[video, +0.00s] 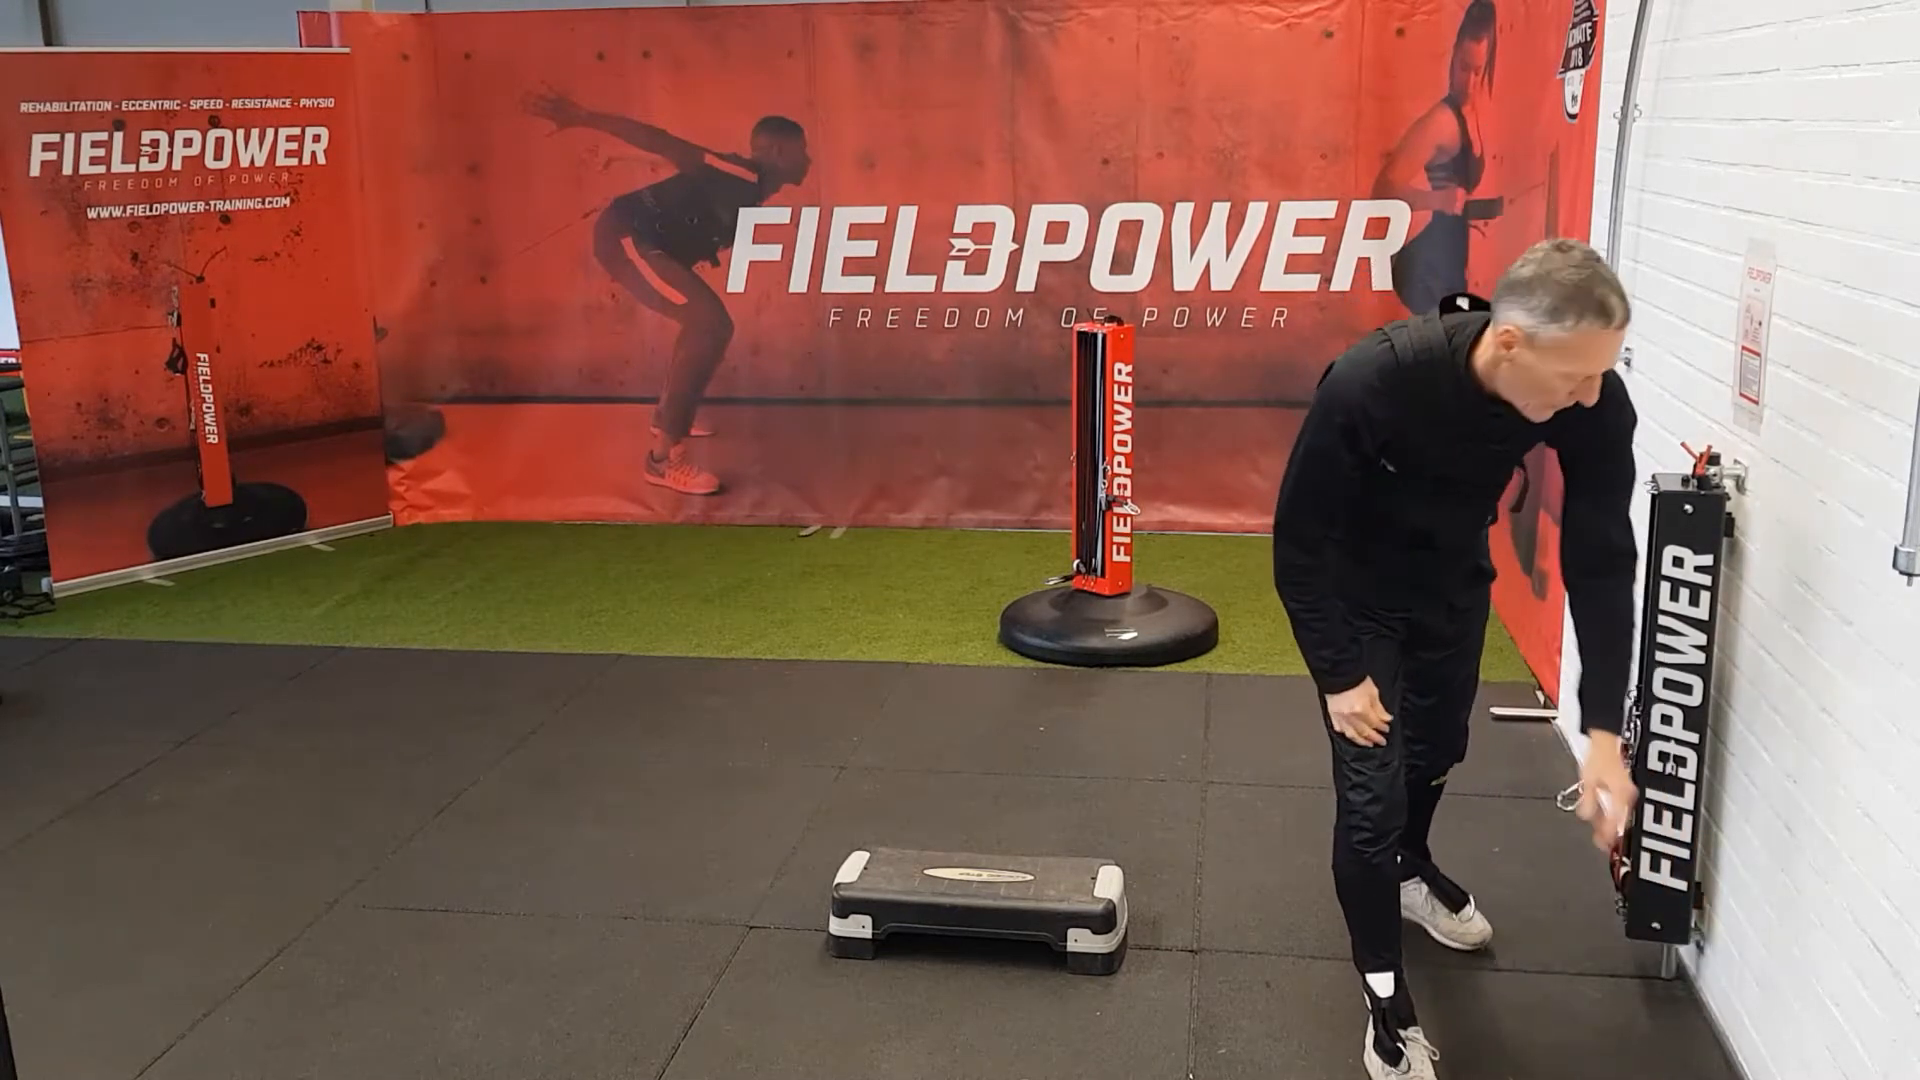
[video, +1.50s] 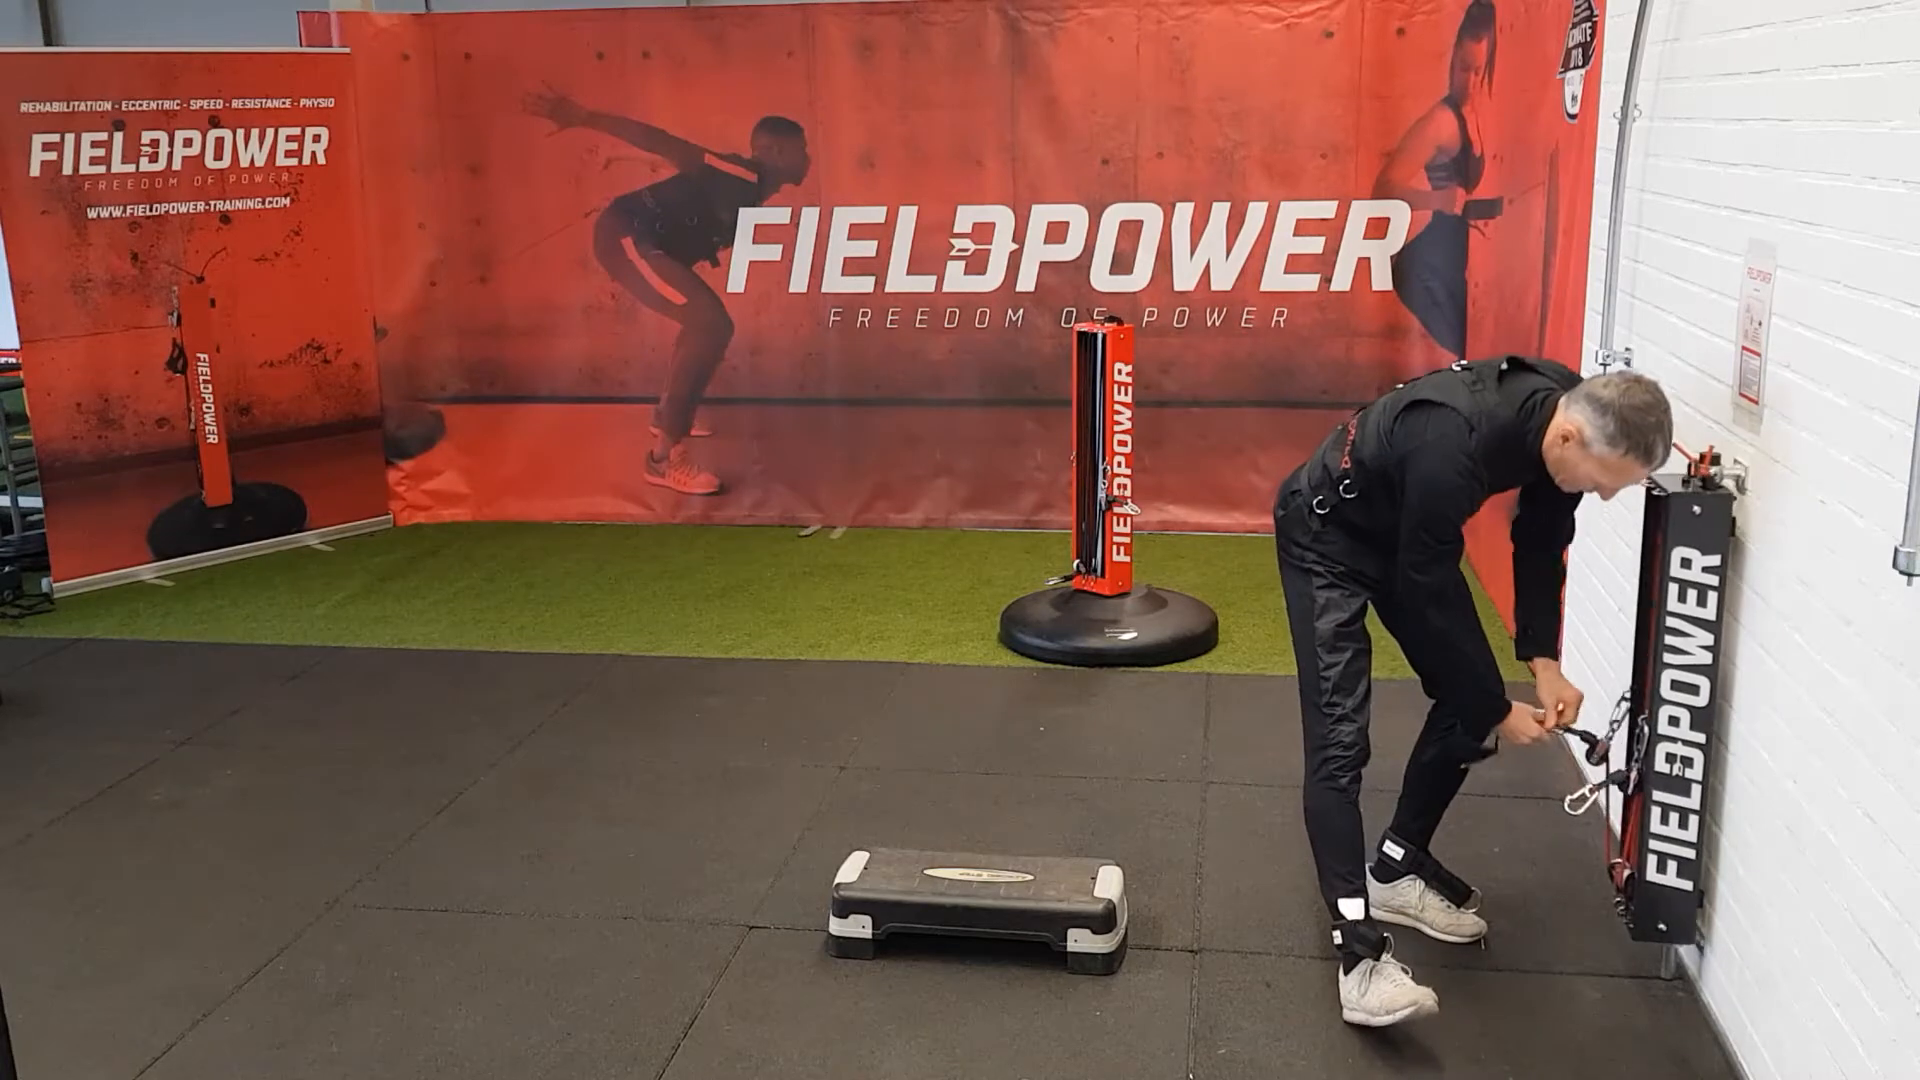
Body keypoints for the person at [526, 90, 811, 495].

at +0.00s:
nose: (807, 159)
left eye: (805, 150)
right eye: (801, 150)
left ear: (774, 151)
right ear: (772, 149)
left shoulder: (749, 187)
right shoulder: (737, 176)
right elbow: (659, 141)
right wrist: (581, 117)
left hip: (643, 236)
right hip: (627, 234)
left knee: (710, 322)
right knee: (712, 325)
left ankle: (670, 414)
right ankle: (666, 457)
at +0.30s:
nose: (807, 159)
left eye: (805, 150)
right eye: (800, 150)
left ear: (773, 151)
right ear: (771, 150)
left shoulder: (749, 187)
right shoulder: (736, 178)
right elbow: (663, 143)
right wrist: (584, 118)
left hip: (644, 236)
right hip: (626, 233)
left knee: (709, 321)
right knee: (713, 326)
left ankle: (670, 411)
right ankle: (665, 457)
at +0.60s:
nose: (807, 159)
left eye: (805, 150)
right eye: (800, 150)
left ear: (774, 151)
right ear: (772, 150)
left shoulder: (749, 188)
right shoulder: (735, 177)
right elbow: (662, 142)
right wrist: (584, 117)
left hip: (645, 236)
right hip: (626, 233)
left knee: (709, 321)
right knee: (713, 326)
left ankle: (671, 411)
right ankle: (665, 457)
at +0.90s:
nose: (807, 159)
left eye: (805, 150)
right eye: (801, 151)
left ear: (773, 151)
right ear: (772, 150)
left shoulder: (749, 187)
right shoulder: (736, 177)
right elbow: (663, 143)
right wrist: (584, 118)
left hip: (644, 236)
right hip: (626, 233)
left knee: (709, 321)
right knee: (713, 326)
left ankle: (671, 411)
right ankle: (665, 457)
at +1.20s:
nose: (807, 159)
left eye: (805, 150)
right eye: (801, 151)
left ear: (773, 151)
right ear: (772, 150)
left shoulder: (749, 187)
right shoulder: (736, 178)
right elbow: (663, 143)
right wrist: (584, 118)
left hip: (644, 236)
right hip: (626, 233)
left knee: (709, 321)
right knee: (713, 326)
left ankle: (671, 411)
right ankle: (665, 457)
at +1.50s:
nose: (807, 158)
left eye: (805, 150)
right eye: (800, 150)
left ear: (774, 151)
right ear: (770, 150)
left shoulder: (750, 190)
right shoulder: (735, 175)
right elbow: (661, 142)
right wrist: (584, 117)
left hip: (647, 238)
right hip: (626, 233)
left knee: (711, 322)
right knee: (711, 325)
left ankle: (671, 412)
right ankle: (665, 456)